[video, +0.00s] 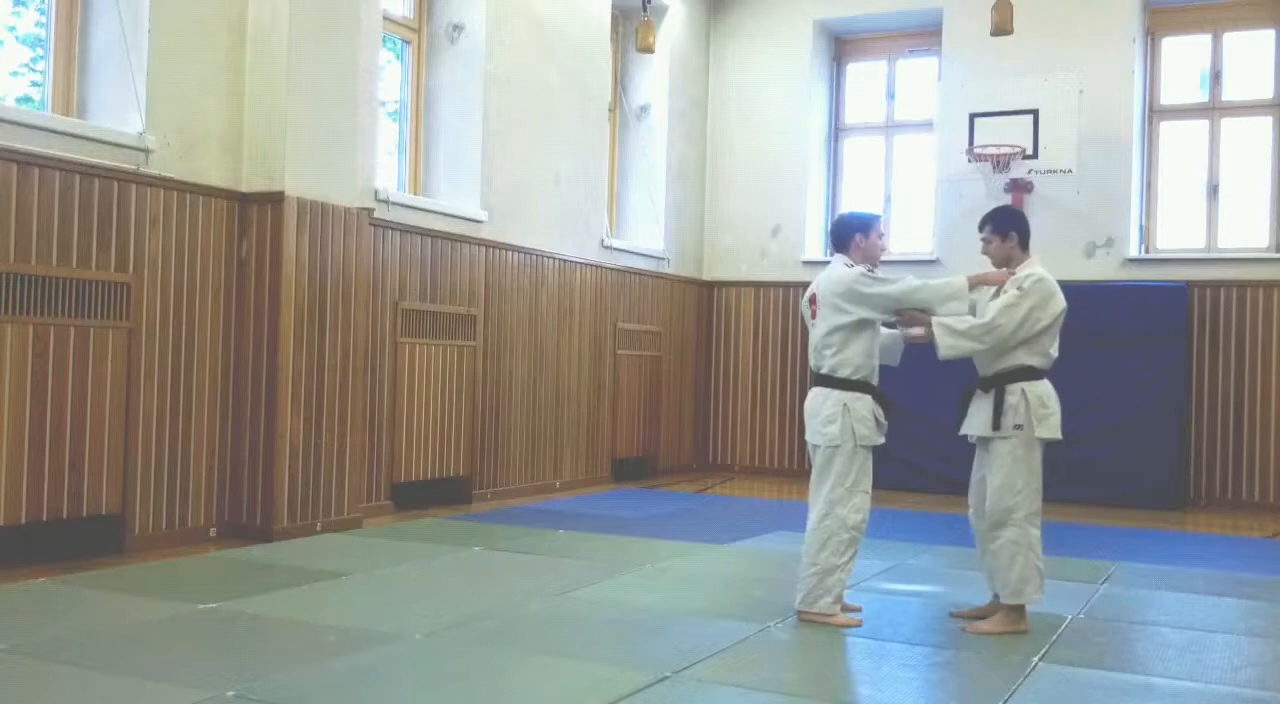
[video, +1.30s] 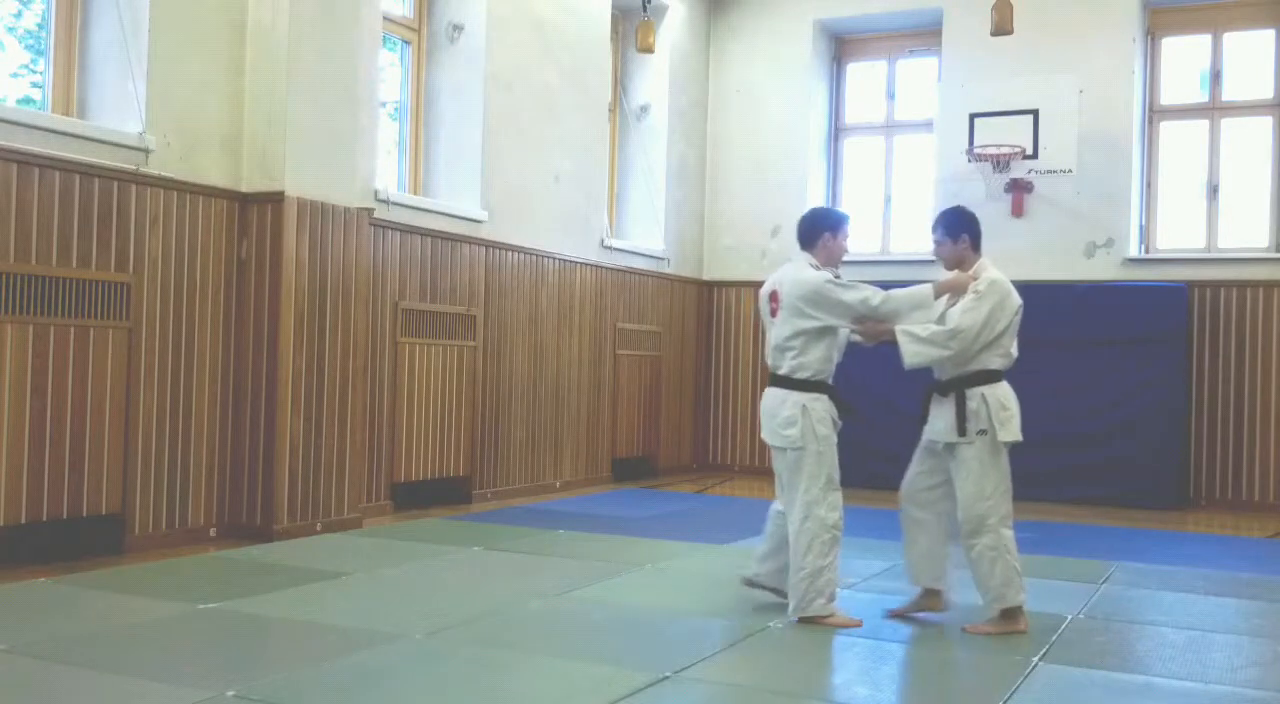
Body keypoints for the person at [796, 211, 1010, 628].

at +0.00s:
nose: (886, 245)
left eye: (884, 237)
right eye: (880, 237)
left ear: (853, 241)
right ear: (858, 241)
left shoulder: (831, 280)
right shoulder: (847, 279)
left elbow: (858, 340)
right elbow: (914, 293)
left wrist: (912, 334)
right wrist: (980, 280)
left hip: (835, 401)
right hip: (841, 406)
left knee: (837, 505)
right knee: (841, 509)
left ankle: (823, 593)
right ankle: (817, 603)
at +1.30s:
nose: (847, 247)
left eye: (846, 239)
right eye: (844, 239)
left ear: (810, 239)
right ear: (825, 239)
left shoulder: (779, 279)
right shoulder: (813, 283)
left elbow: (818, 330)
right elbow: (879, 303)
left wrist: (859, 333)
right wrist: (943, 285)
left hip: (780, 401)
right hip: (804, 408)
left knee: (791, 498)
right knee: (819, 506)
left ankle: (769, 573)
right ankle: (813, 604)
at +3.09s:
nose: (682, 273)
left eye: (683, 267)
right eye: (680, 267)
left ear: (643, 264)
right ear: (664, 261)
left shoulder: (609, 299)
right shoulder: (662, 284)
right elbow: (710, 296)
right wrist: (729, 266)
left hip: (592, 406)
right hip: (640, 407)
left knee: (597, 507)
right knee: (676, 496)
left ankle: (590, 598)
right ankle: (671, 589)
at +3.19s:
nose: (687, 268)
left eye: (687, 261)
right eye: (682, 260)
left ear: (654, 256)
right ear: (658, 256)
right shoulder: (647, 277)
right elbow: (699, 280)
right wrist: (725, 262)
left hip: (590, 407)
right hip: (624, 406)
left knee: (600, 504)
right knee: (663, 495)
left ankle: (580, 589)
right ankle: (641, 587)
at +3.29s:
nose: (676, 245)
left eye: (677, 238)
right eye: (666, 239)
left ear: (680, 245)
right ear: (643, 245)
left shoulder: (683, 294)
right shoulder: (618, 275)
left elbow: (692, 360)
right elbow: (639, 261)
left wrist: (723, 347)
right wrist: (692, 248)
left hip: (649, 406)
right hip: (609, 401)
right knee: (639, 499)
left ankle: (590, 549)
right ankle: (639, 591)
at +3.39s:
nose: (638, 230)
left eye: (647, 224)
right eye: (631, 223)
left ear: (662, 229)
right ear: (619, 228)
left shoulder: (677, 269)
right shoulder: (601, 271)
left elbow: (690, 335)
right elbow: (596, 263)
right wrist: (664, 248)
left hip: (656, 397)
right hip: (606, 397)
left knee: (647, 488)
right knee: (609, 498)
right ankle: (655, 575)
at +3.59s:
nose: (591, 284)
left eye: (596, 278)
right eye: (592, 278)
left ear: (610, 279)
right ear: (624, 277)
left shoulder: (616, 308)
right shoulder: (660, 304)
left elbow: (582, 345)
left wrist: (580, 302)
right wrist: (608, 420)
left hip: (652, 427)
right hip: (684, 426)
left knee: (599, 510)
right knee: (658, 510)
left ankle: (626, 603)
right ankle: (699, 589)